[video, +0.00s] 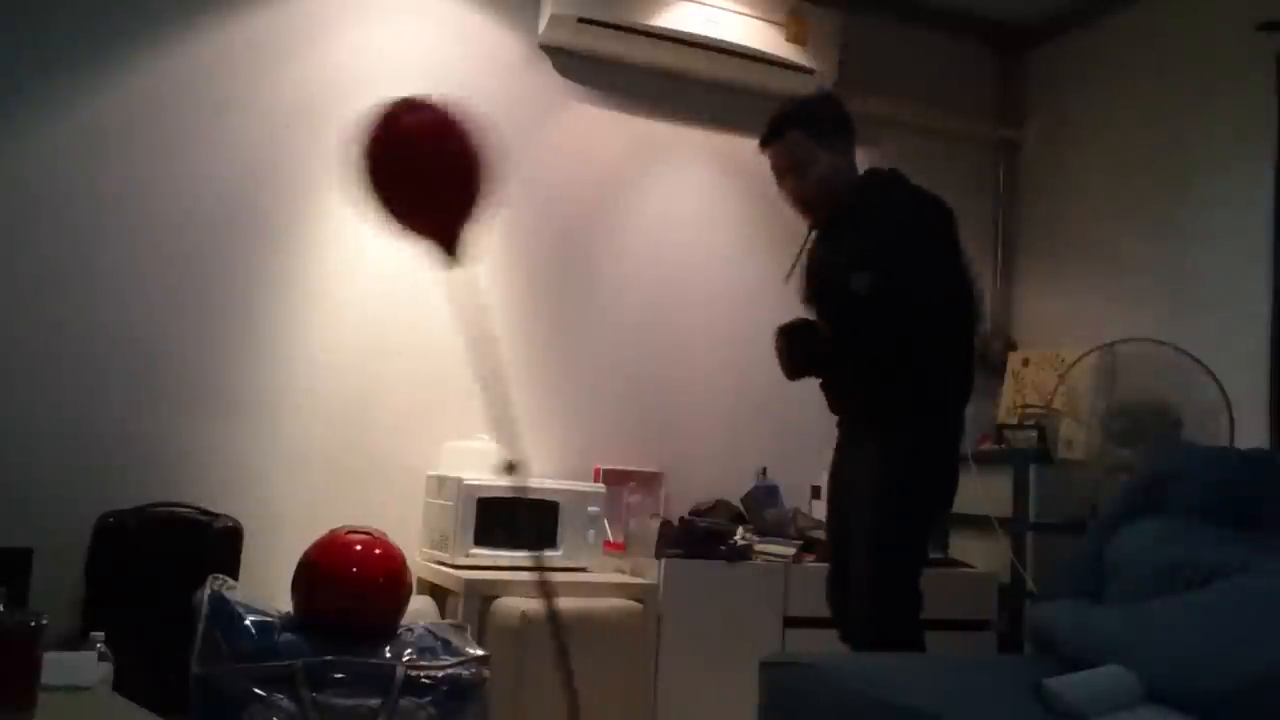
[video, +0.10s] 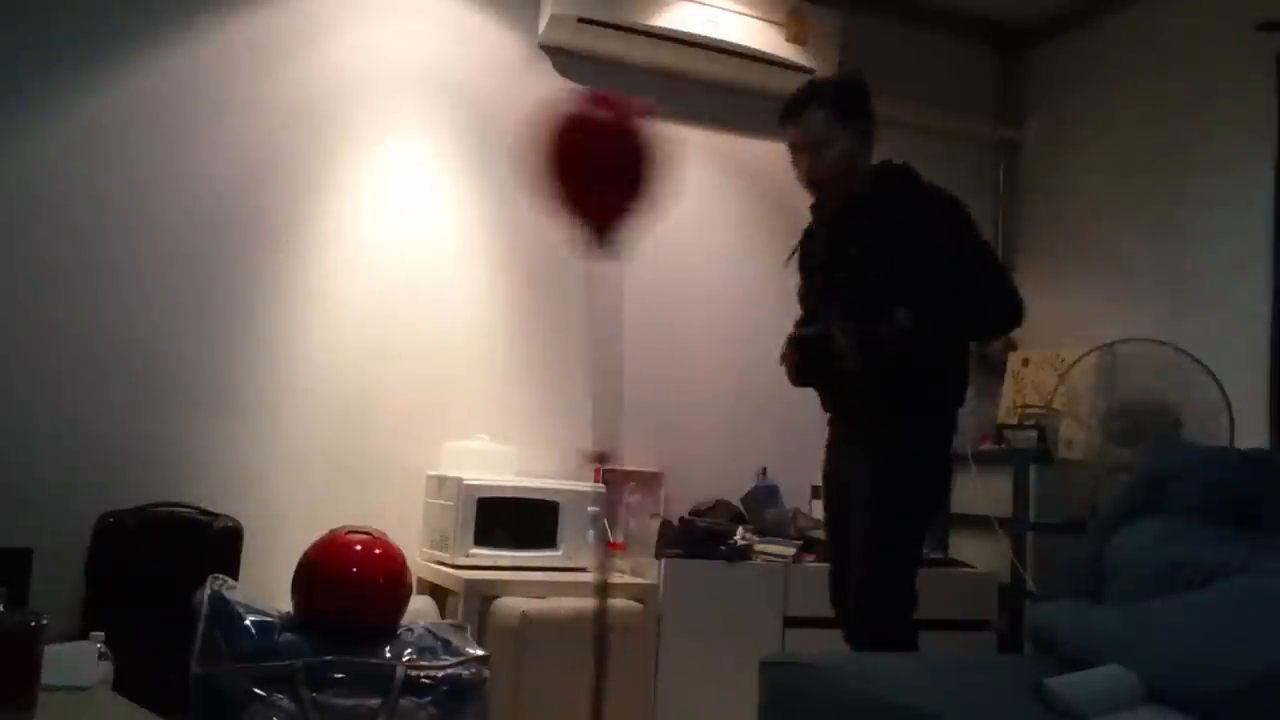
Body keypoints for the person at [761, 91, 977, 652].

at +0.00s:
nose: (789, 190)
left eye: (796, 170)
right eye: (780, 177)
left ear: (834, 155)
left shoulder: (899, 214)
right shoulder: (839, 234)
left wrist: (821, 346)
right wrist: (817, 344)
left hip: (908, 438)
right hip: (869, 435)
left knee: (881, 611)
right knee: (856, 608)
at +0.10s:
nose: (805, 166)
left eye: (819, 147)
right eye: (796, 152)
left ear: (859, 139)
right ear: (787, 153)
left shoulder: (919, 208)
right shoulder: (821, 236)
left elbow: (1000, 307)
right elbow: (815, 337)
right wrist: (800, 356)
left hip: (912, 432)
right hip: (852, 433)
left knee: (879, 607)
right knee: (853, 605)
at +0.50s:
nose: (841, 151)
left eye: (858, 134)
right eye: (831, 136)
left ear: (896, 136)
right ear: (823, 140)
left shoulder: (944, 222)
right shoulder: (833, 218)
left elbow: (966, 342)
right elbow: (794, 335)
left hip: (906, 428)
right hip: (841, 427)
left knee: (885, 603)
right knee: (841, 601)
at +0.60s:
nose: (823, 183)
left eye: (833, 165)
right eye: (813, 170)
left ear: (869, 153)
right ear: (808, 168)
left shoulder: (929, 220)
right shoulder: (833, 232)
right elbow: (794, 337)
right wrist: (789, 261)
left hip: (908, 430)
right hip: (848, 429)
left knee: (876, 606)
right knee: (844, 603)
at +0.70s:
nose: (800, 196)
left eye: (807, 179)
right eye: (792, 185)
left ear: (841, 160)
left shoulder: (909, 210)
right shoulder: (825, 232)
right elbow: (800, 341)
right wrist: (777, 263)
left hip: (906, 431)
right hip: (859, 428)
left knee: (868, 603)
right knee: (850, 600)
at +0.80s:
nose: (784, 193)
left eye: (790, 176)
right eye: (775, 182)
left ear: (825, 158)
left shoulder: (895, 208)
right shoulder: (819, 233)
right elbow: (805, 348)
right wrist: (767, 277)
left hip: (905, 429)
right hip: (867, 427)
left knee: (866, 599)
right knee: (862, 598)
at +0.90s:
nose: (771, 189)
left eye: (778, 170)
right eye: (762, 178)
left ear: (816, 151)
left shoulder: (878, 192)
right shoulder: (824, 237)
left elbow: (862, 258)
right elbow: (816, 351)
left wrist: (767, 234)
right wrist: (766, 298)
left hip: (911, 424)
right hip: (869, 428)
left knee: (872, 605)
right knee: (865, 605)